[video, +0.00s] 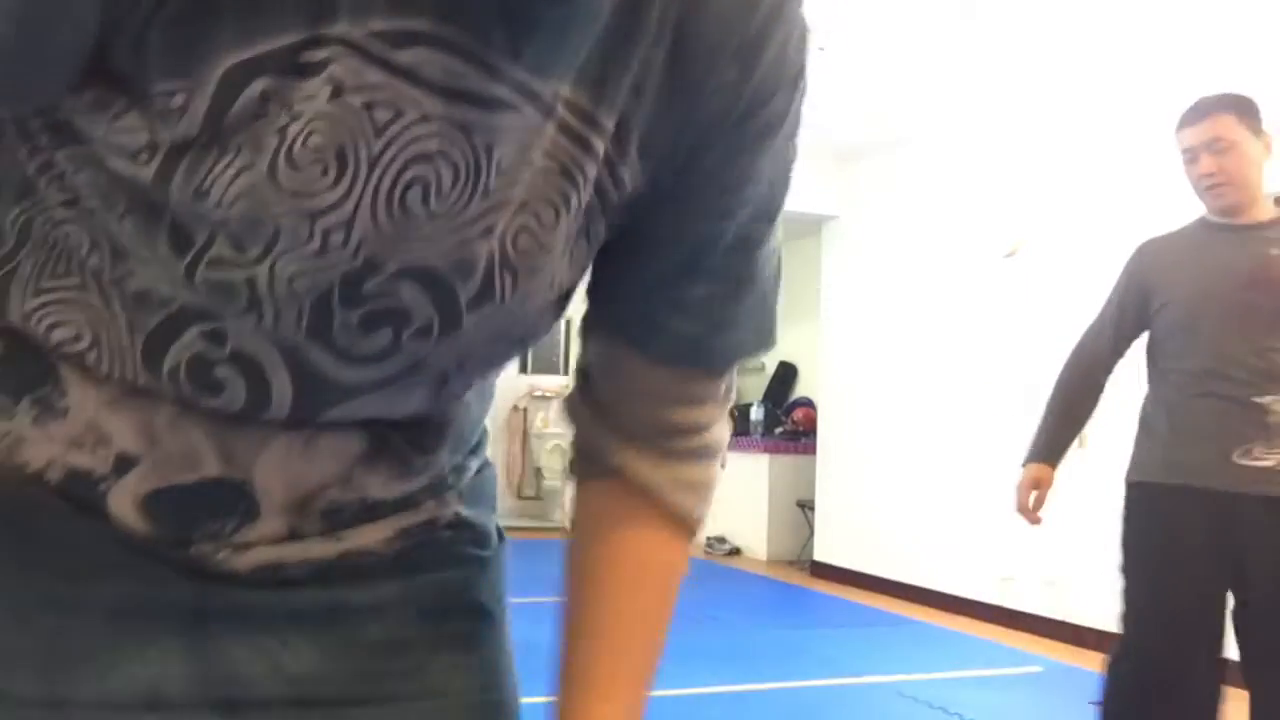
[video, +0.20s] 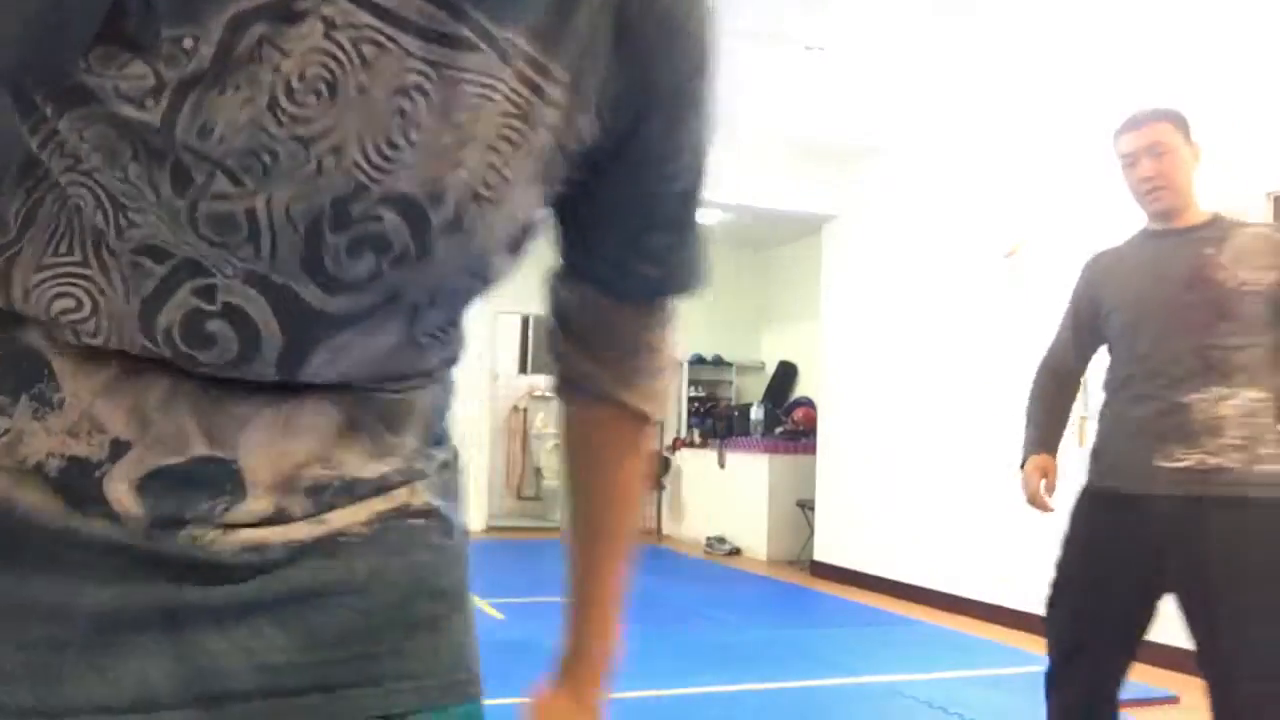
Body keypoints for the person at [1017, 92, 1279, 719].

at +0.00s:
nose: (1204, 167)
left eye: (1219, 149)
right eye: (1191, 156)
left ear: (1263, 148)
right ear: (1182, 167)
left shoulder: (1278, 245)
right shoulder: (1159, 258)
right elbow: (1092, 357)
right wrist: (1044, 454)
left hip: (1268, 497)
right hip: (1170, 493)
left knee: (1273, 672)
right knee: (1159, 673)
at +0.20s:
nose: (1145, 171)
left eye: (1158, 153)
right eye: (1130, 161)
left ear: (1193, 154)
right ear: (1121, 176)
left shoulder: (1261, 248)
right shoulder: (1106, 270)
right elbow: (1061, 365)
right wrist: (1041, 445)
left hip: (1241, 506)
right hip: (1122, 504)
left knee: (1253, 690)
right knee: (1078, 680)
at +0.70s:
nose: (1016, 189)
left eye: (1030, 173)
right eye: (1004, 179)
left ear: (1065, 174)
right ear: (996, 193)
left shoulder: (1116, 243)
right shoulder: (1007, 275)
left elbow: (1201, 314)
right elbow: (988, 366)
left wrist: (1108, 378)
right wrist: (945, 443)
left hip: (1110, 484)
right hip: (1026, 484)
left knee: (1111, 645)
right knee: (1025, 642)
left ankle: (1117, 716)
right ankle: (1036, 716)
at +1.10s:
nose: (1008, 196)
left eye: (1019, 180)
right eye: (1000, 187)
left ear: (1060, 180)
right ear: (999, 199)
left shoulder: (1113, 249)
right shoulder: (1004, 279)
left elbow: (1204, 312)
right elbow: (975, 352)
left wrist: (1112, 376)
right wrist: (975, 376)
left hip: (1089, 479)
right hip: (1014, 477)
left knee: (1090, 638)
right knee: (1007, 633)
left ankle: (1110, 718)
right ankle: (1029, 717)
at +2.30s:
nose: (1100, 217)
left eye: (1111, 205)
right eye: (1100, 205)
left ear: (1156, 205)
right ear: (1138, 209)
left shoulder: (1206, 272)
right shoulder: (1122, 270)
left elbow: (1233, 351)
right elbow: (1097, 327)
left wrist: (1218, 415)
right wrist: (1076, 376)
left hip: (1187, 486)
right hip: (1120, 482)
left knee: (1190, 619)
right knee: (1127, 606)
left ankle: (1202, 710)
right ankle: (1153, 705)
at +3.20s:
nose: (1011, 241)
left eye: (1020, 228)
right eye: (1007, 231)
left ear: (1058, 226)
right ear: (1010, 237)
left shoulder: (1087, 291)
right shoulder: (1031, 309)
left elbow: (1077, 374)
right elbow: (1030, 390)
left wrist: (988, 368)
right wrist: (982, 368)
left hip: (1079, 480)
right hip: (1048, 481)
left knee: (1032, 613)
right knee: (1095, 609)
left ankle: (1017, 714)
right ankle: (1168, 712)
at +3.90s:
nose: (1003, 232)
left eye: (1015, 220)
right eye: (992, 224)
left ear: (1039, 228)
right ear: (982, 239)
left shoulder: (1072, 291)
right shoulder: (981, 313)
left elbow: (1086, 377)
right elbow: (964, 379)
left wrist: (1018, 439)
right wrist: (938, 436)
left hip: (1054, 475)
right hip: (993, 475)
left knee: (1032, 606)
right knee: (994, 601)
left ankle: (1032, 710)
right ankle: (1006, 708)